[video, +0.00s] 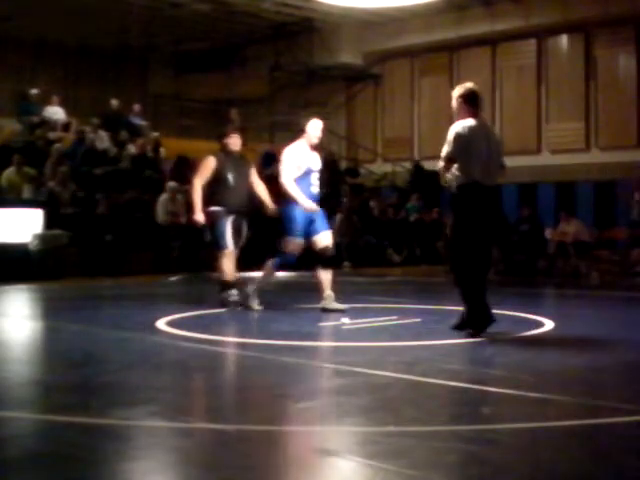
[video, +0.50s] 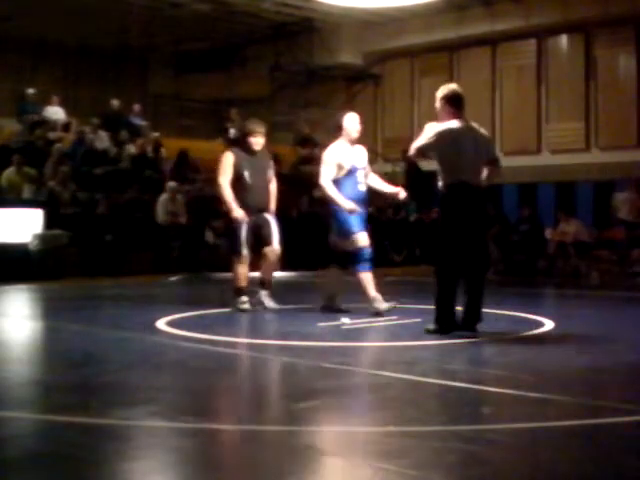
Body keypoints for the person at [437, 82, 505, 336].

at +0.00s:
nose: (452, 107)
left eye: (454, 102)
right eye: (453, 102)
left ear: (462, 103)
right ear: (476, 104)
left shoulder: (459, 130)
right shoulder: (490, 132)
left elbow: (446, 159)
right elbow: (500, 166)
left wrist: (444, 169)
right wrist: (481, 173)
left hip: (466, 196)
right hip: (488, 196)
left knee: (463, 253)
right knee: (480, 253)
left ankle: (475, 312)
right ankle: (479, 310)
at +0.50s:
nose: (436, 111)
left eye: (438, 106)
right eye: (437, 106)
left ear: (445, 107)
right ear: (462, 106)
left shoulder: (438, 131)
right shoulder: (479, 133)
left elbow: (414, 153)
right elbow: (494, 165)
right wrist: (481, 184)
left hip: (449, 198)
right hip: (475, 197)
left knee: (447, 258)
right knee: (475, 259)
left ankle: (444, 319)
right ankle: (471, 319)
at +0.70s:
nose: (429, 108)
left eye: (432, 103)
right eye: (430, 103)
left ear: (440, 106)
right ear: (456, 106)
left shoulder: (432, 131)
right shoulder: (472, 131)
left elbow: (405, 152)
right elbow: (493, 160)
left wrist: (419, 129)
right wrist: (476, 180)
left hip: (443, 197)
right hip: (469, 196)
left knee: (444, 260)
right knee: (470, 259)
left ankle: (445, 320)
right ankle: (470, 321)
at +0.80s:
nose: (426, 109)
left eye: (427, 104)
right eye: (427, 104)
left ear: (433, 106)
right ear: (450, 105)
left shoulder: (427, 132)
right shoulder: (467, 130)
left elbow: (401, 156)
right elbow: (491, 157)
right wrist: (475, 179)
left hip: (439, 197)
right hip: (466, 196)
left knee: (443, 261)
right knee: (466, 259)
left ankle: (445, 321)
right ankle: (469, 321)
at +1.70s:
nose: (404, 118)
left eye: (405, 114)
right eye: (405, 114)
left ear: (411, 113)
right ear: (430, 112)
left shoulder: (408, 136)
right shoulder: (447, 136)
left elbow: (397, 173)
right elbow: (465, 172)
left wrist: (394, 202)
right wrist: (484, 201)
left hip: (422, 202)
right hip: (451, 201)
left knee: (421, 259)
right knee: (435, 256)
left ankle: (436, 315)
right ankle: (437, 311)